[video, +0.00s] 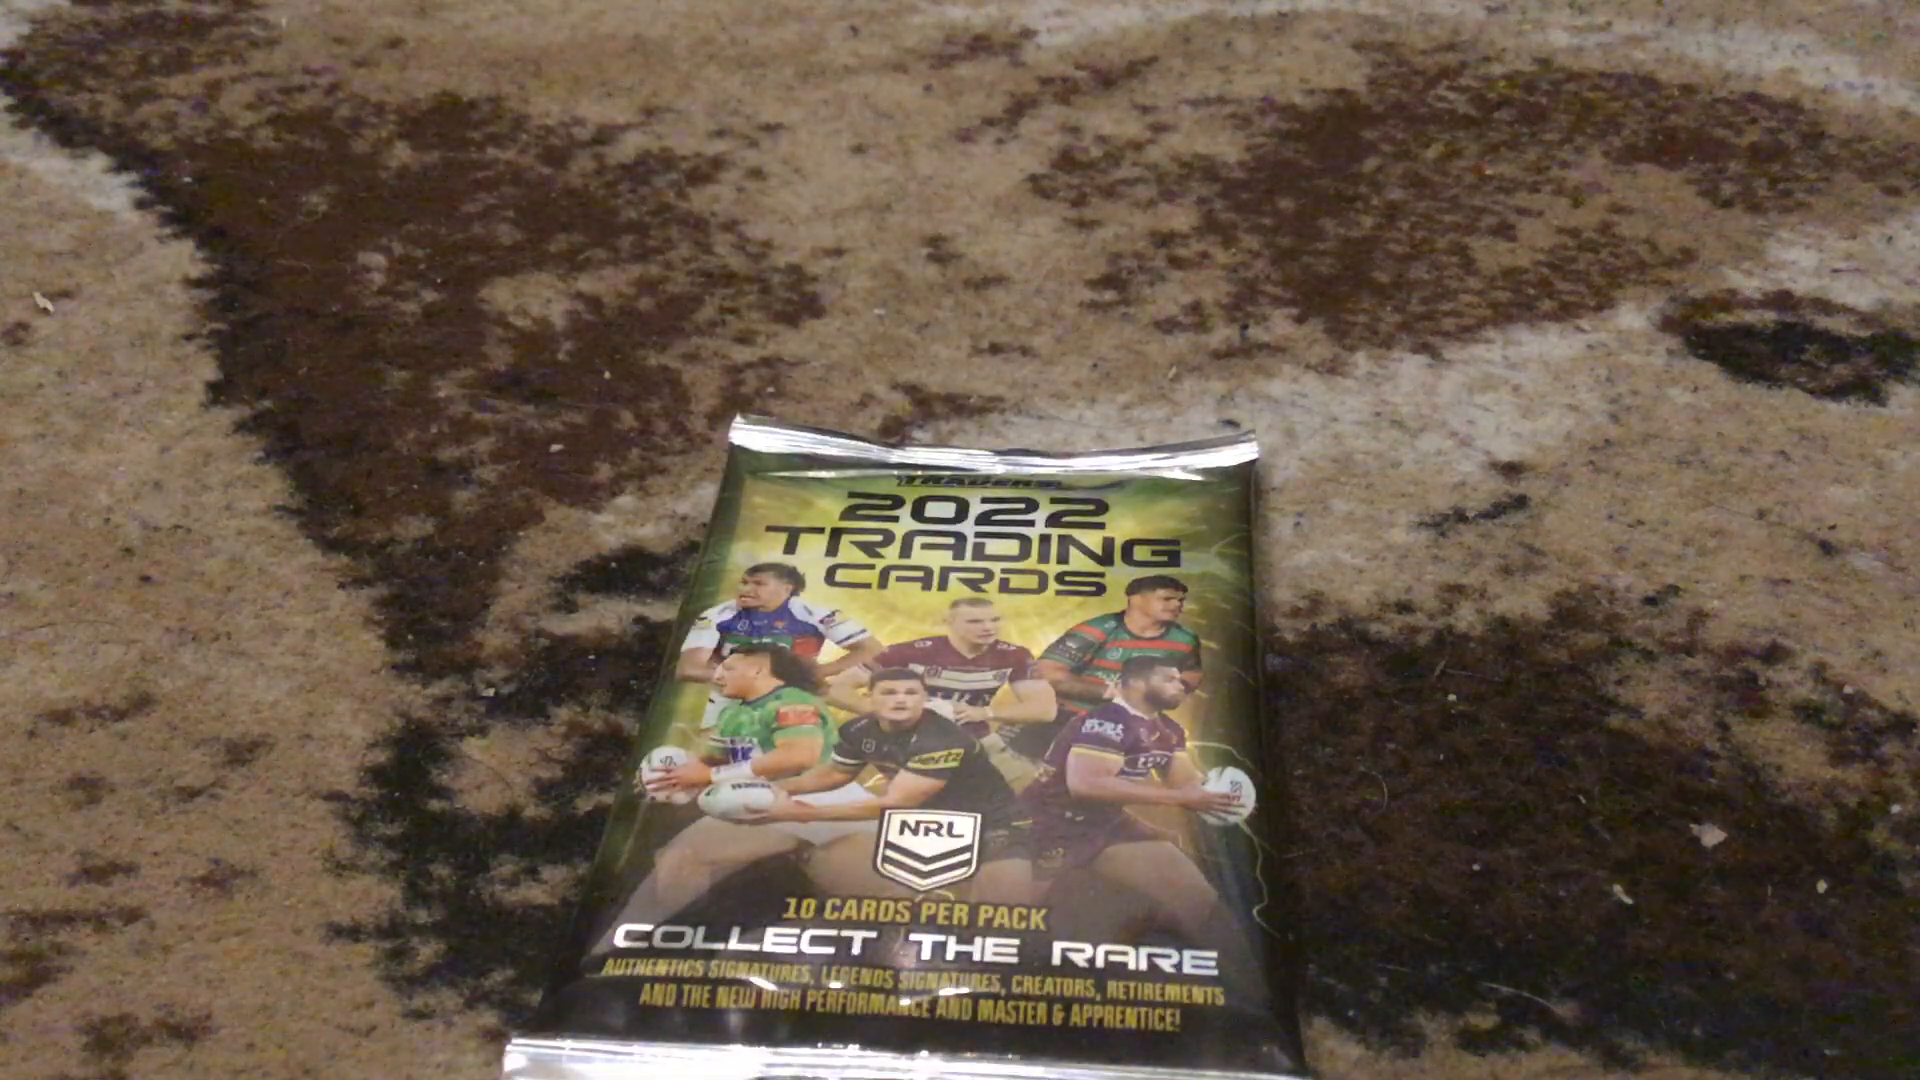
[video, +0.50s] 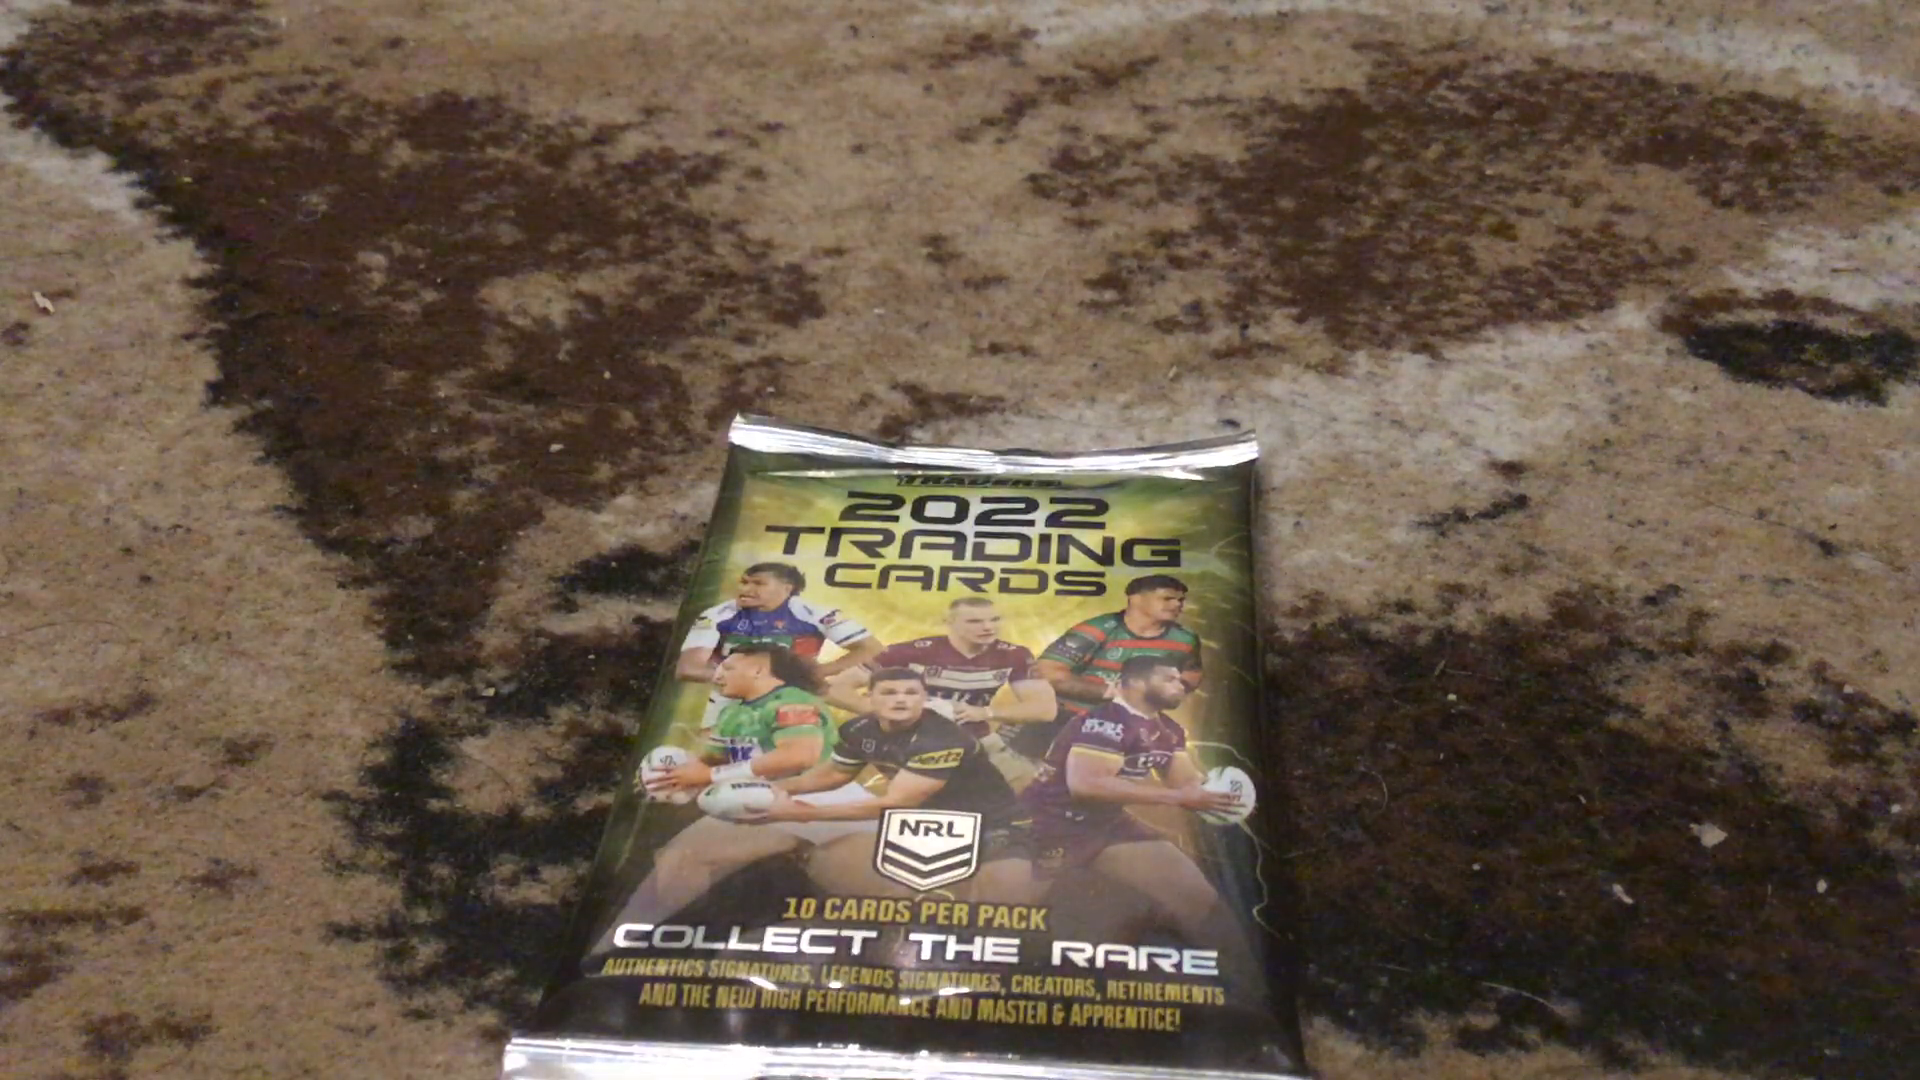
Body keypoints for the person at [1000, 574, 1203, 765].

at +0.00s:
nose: (1177, 606)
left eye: (1179, 601)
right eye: (1167, 599)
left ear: (1182, 603)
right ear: (1136, 599)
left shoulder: (1186, 641)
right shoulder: (1098, 630)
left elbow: (1192, 678)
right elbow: (1045, 671)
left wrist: (1151, 696)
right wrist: (1105, 691)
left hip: (1142, 728)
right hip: (1083, 725)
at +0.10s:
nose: (1176, 606)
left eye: (1179, 601)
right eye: (1167, 599)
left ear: (1182, 604)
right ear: (1136, 599)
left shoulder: (1186, 641)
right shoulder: (1099, 629)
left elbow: (1192, 676)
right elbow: (1045, 670)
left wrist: (1153, 697)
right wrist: (1105, 691)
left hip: (1142, 729)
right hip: (1084, 725)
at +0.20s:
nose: (1177, 606)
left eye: (1180, 601)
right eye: (1168, 599)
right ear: (1136, 598)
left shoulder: (1185, 641)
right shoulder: (1099, 629)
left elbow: (1193, 676)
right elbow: (1046, 671)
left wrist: (1153, 695)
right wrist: (1107, 691)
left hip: (1140, 728)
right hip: (1080, 723)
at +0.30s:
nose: (1177, 606)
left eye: (1180, 601)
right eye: (1168, 599)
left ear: (1182, 603)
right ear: (1136, 598)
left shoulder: (1186, 642)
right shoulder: (1099, 629)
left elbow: (1192, 676)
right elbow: (1045, 671)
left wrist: (1152, 697)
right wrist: (1104, 692)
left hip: (1141, 728)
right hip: (1082, 724)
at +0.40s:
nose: (1177, 606)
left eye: (1180, 601)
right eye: (1168, 599)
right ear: (1135, 599)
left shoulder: (1186, 642)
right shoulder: (1099, 629)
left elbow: (1192, 675)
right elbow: (1045, 671)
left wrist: (1153, 697)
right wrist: (1106, 692)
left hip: (1140, 728)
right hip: (1082, 724)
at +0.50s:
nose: (1177, 606)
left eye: (1179, 601)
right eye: (1168, 599)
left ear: (1183, 604)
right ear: (1135, 599)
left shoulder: (1186, 641)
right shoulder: (1099, 629)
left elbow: (1193, 675)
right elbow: (1044, 671)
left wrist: (1154, 697)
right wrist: (1106, 692)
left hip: (1141, 728)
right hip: (1082, 724)